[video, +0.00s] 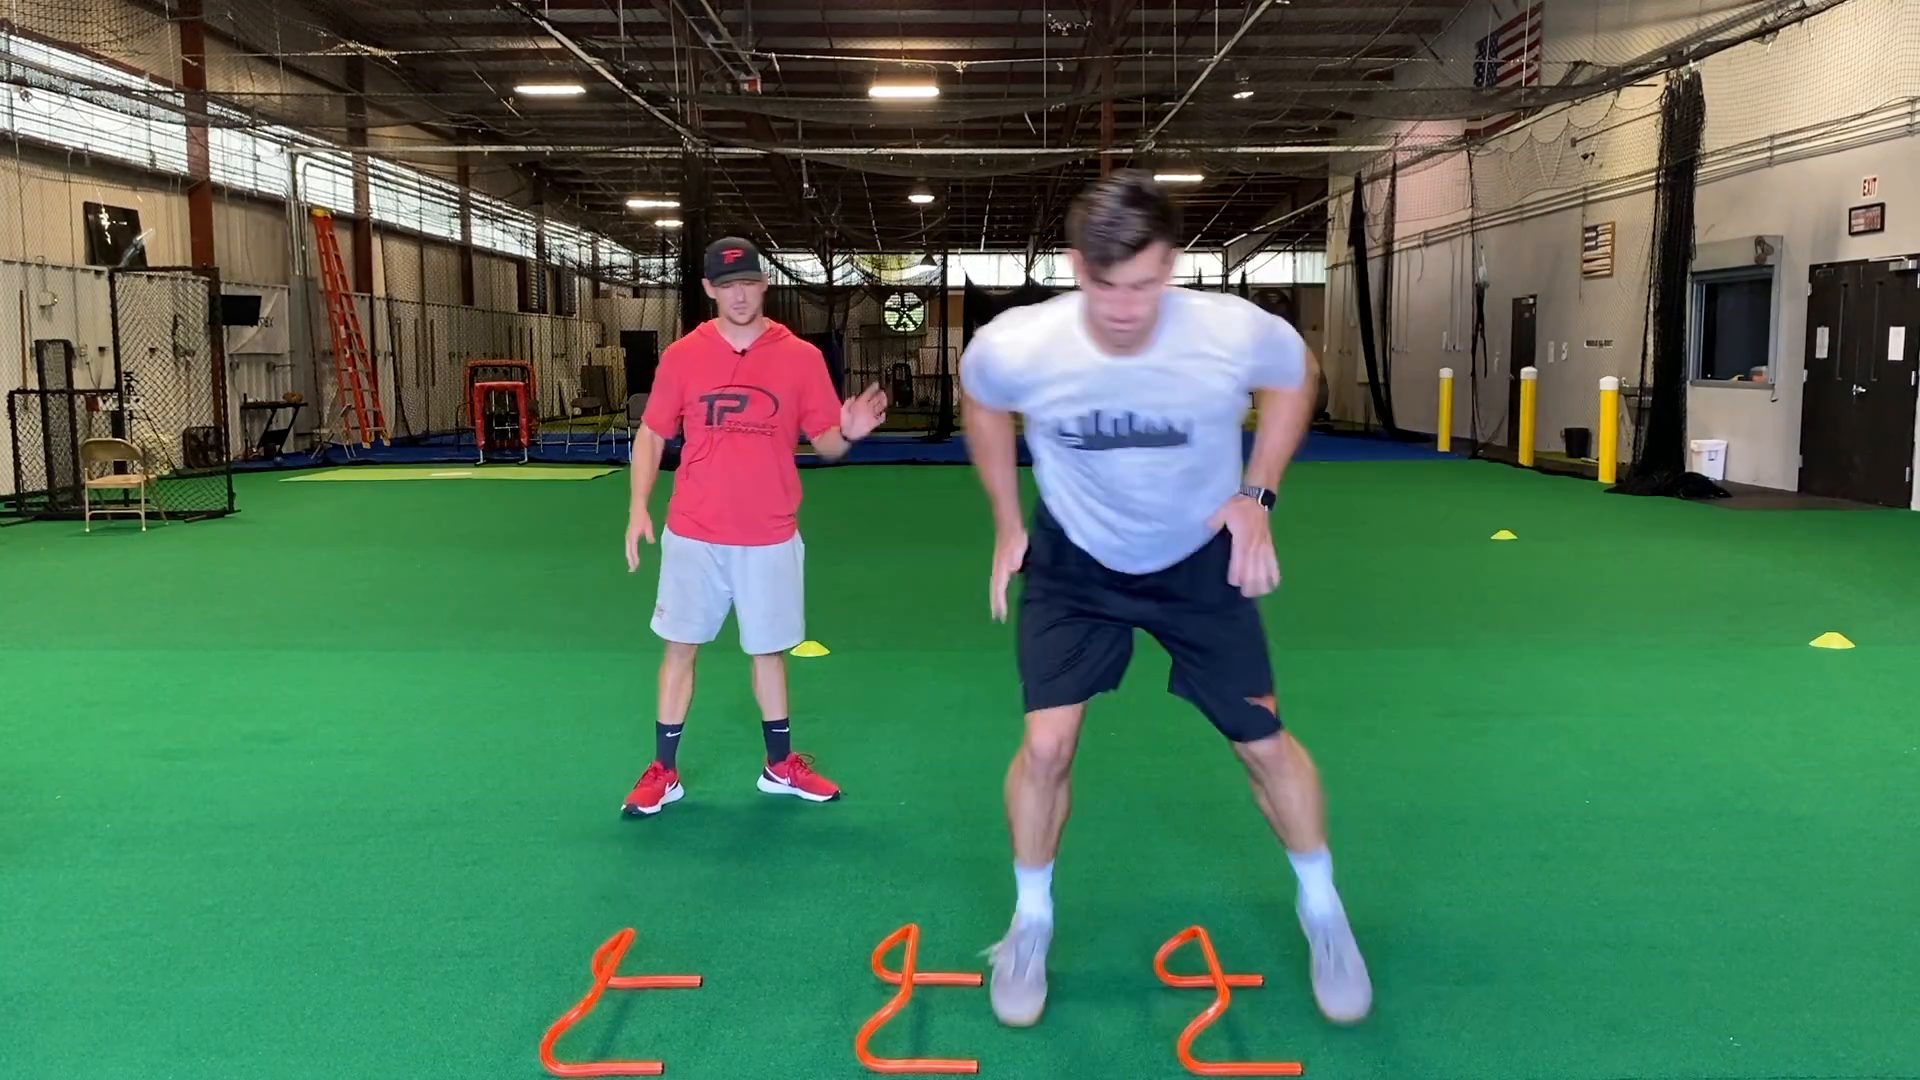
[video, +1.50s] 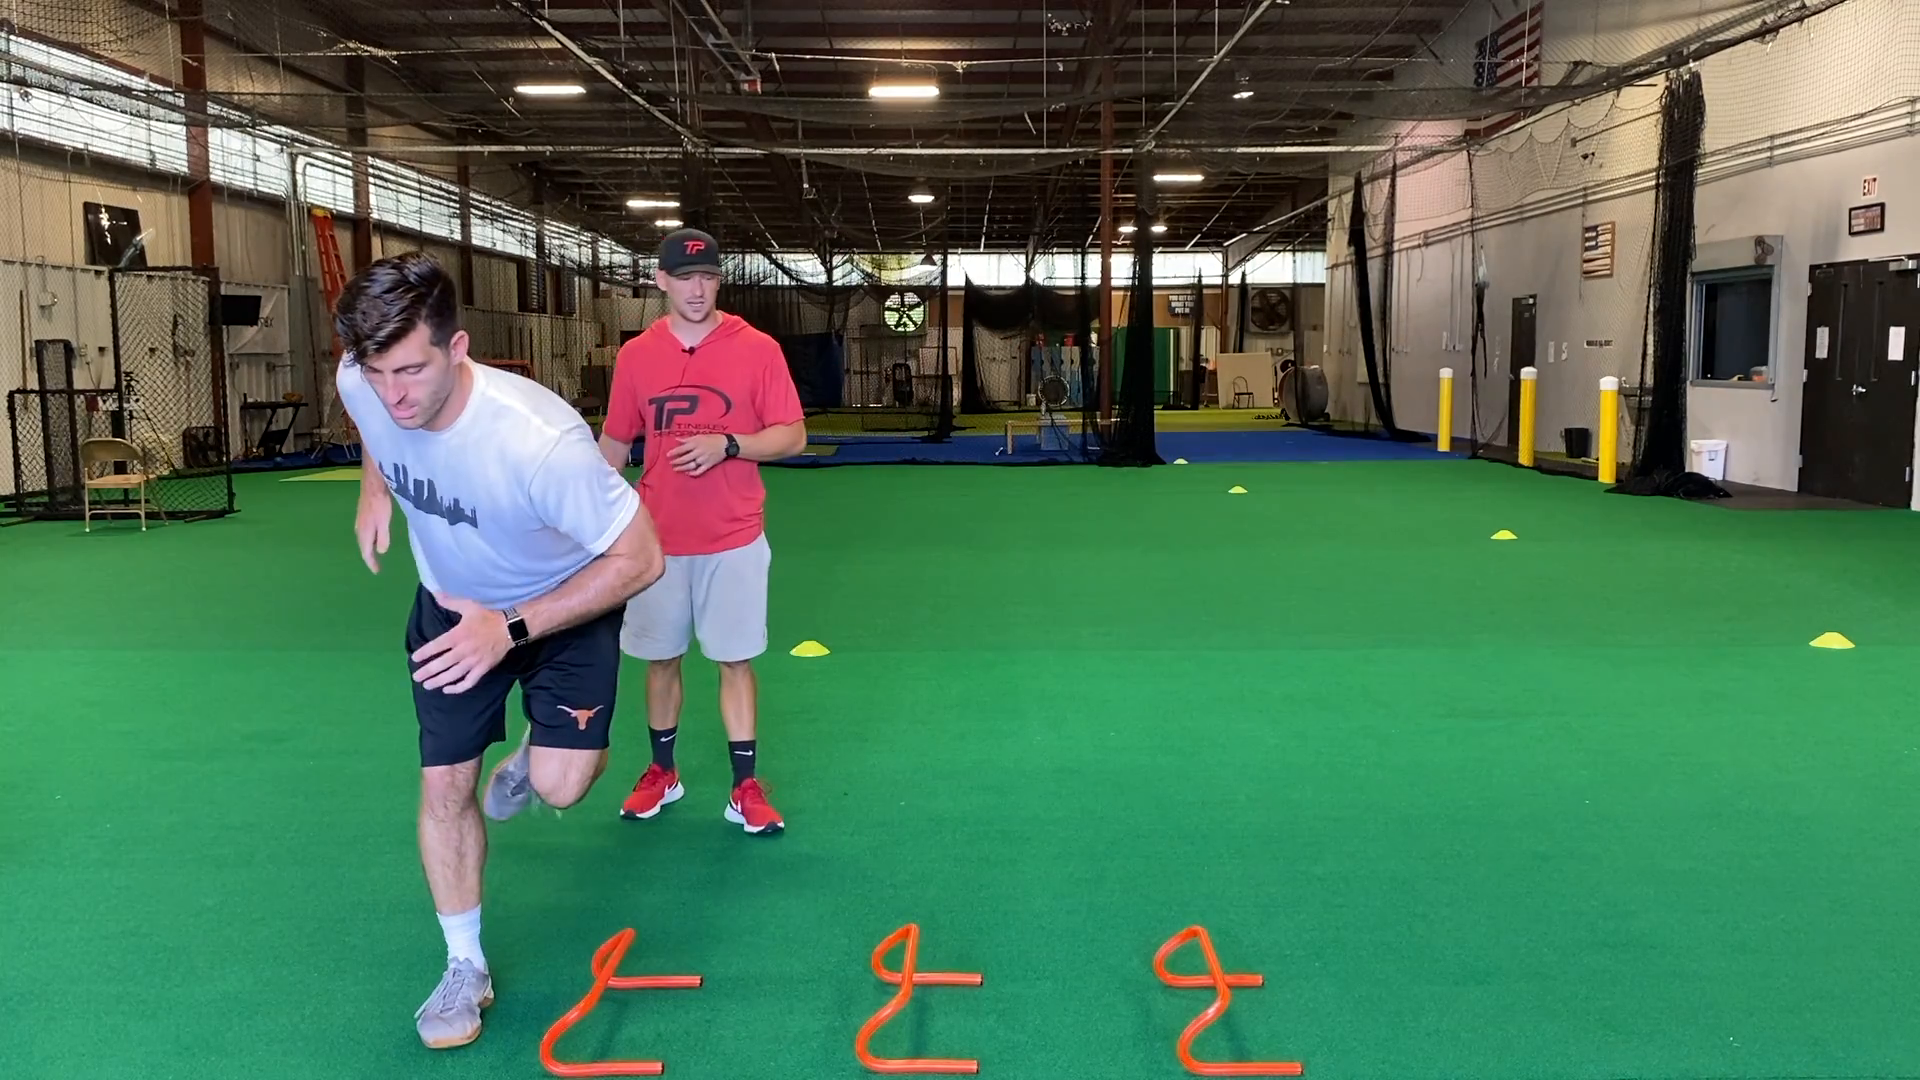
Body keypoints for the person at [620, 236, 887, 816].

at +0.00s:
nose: (740, 295)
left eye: (749, 284)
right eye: (728, 286)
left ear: (765, 284)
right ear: (710, 290)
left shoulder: (800, 357)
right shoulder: (682, 357)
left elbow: (826, 446)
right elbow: (652, 434)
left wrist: (848, 428)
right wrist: (639, 506)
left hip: (770, 534)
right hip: (695, 531)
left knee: (770, 647)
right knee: (681, 644)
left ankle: (781, 761)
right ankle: (664, 768)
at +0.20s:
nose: (682, 294)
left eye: (691, 281)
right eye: (670, 285)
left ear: (712, 279)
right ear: (659, 291)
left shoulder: (758, 352)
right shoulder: (645, 358)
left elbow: (792, 433)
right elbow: (626, 433)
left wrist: (774, 454)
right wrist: (636, 461)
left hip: (735, 531)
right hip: (660, 531)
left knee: (755, 644)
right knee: (661, 645)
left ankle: (780, 760)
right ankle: (661, 769)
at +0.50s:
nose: (641, 287)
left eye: (652, 275)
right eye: (630, 278)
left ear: (674, 277)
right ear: (619, 285)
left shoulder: (707, 344)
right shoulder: (604, 359)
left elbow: (740, 422)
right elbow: (574, 435)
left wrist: (704, 464)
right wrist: (597, 468)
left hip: (704, 525)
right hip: (633, 530)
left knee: (726, 648)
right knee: (649, 647)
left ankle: (753, 769)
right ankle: (660, 768)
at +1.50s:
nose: (696, 287)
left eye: (706, 275)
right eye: (683, 276)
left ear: (719, 278)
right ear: (661, 281)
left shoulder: (758, 350)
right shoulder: (636, 356)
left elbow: (792, 437)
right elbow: (613, 447)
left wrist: (729, 442)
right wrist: (580, 509)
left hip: (734, 538)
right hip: (657, 540)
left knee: (736, 659)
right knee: (661, 658)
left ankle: (745, 786)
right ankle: (661, 771)